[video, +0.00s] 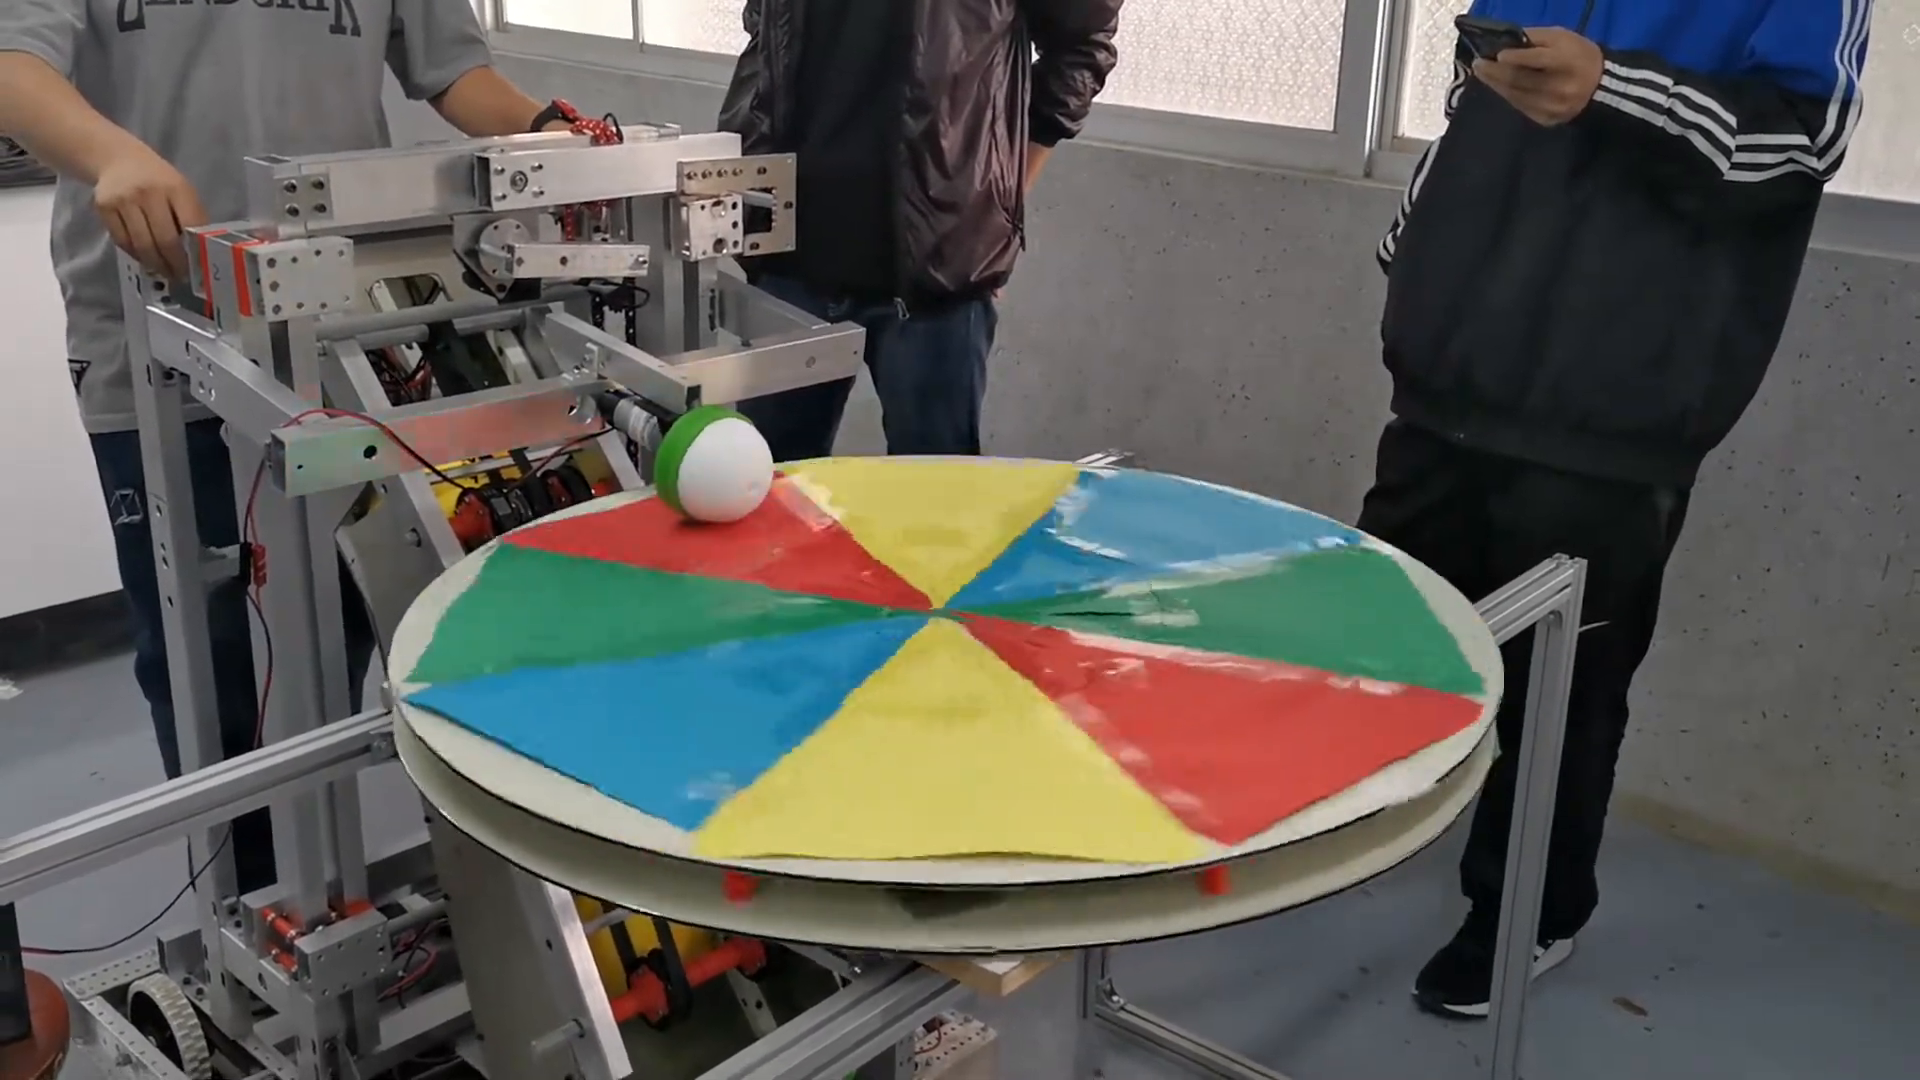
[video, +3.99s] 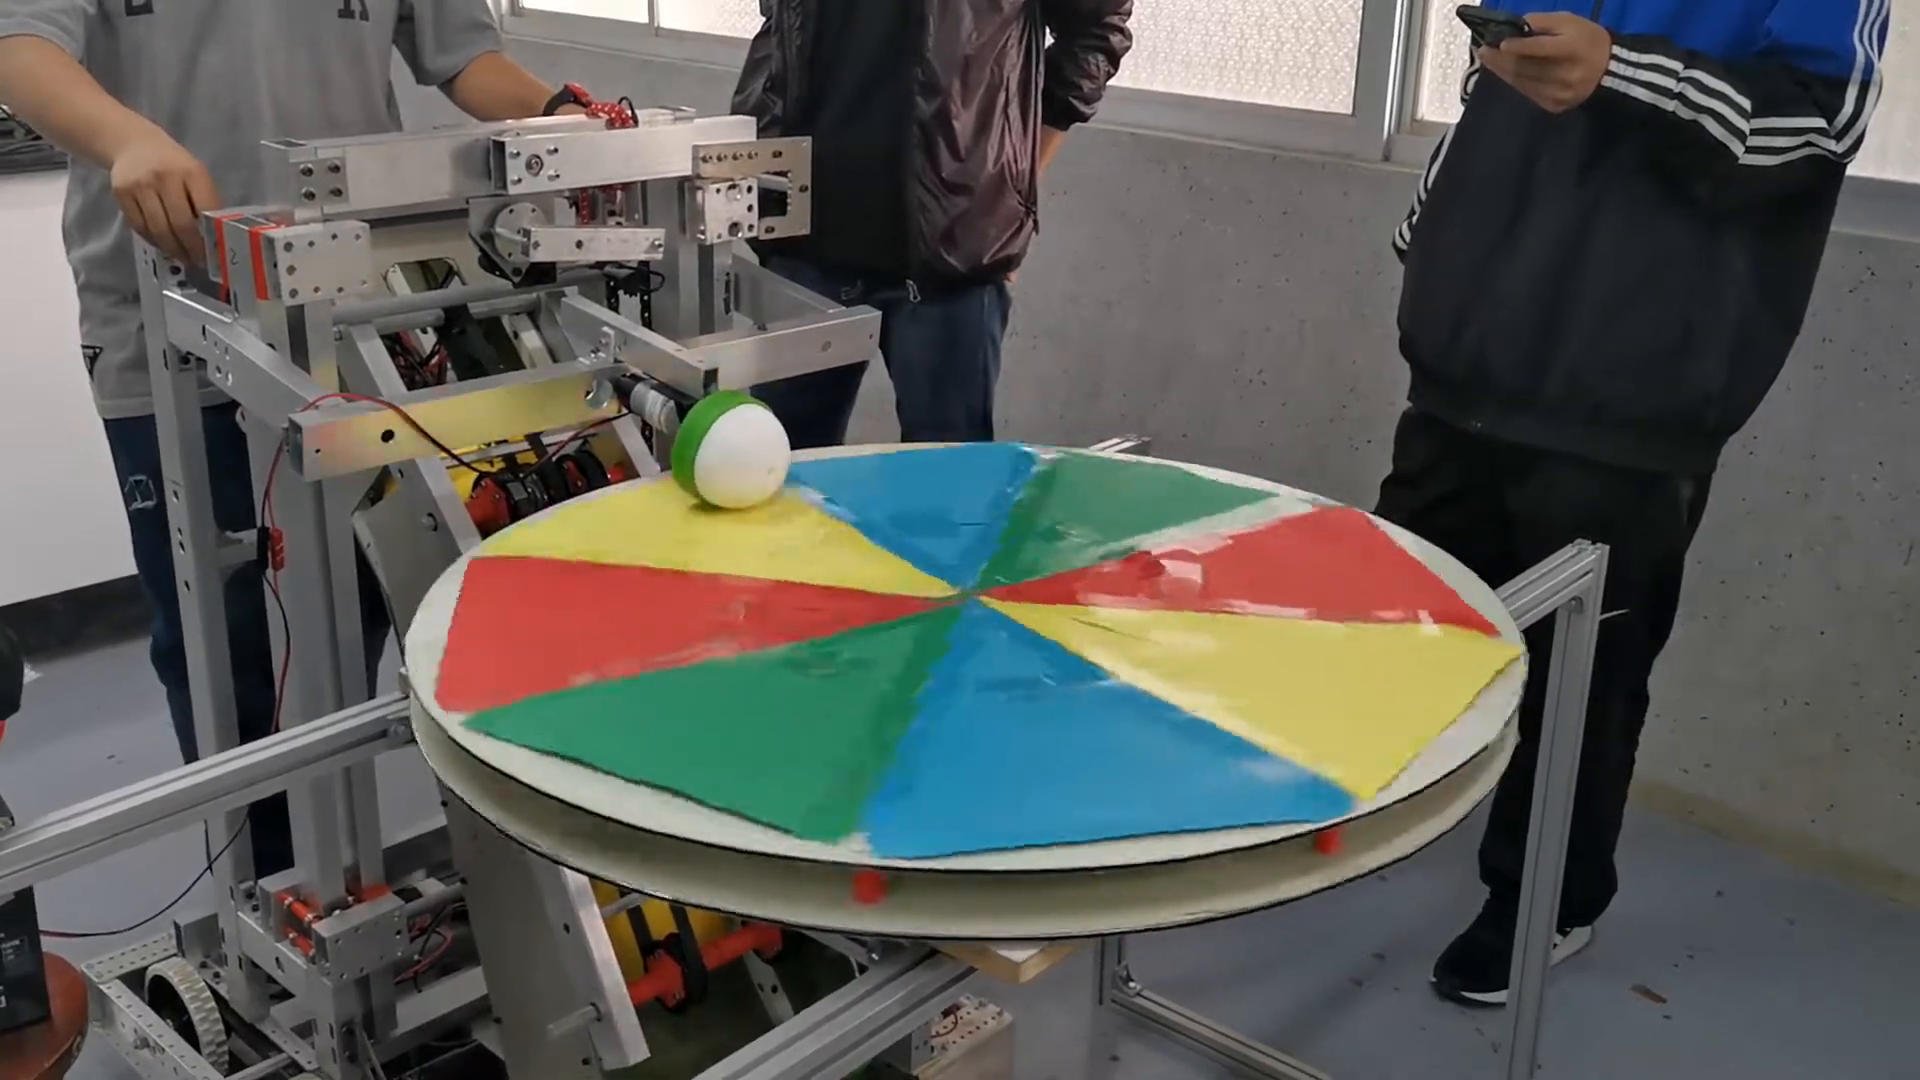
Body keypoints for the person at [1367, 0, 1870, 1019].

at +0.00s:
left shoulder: (1806, 8)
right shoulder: (1528, 6)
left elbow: (1801, 142)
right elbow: (1480, 100)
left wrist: (1605, 87)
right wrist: (1407, 247)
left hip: (1628, 379)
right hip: (1463, 335)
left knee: (1562, 673)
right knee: (1389, 618)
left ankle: (1522, 914)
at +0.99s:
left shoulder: (1818, 7)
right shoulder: (1536, 6)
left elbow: (1810, 140)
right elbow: (1487, 93)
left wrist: (1612, 85)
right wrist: (1413, 244)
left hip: (1636, 374)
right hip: (1472, 329)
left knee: (1569, 668)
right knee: (1396, 616)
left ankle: (1527, 908)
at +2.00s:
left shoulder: (1824, 6)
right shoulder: (1539, 5)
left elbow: (1814, 142)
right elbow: (1490, 100)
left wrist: (1613, 85)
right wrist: (1420, 245)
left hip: (1639, 375)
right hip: (1474, 329)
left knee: (1573, 667)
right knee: (1400, 613)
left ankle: (1531, 910)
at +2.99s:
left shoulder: (1813, 8)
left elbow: (1809, 128)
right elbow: (1490, 76)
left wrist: (1607, 74)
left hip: (1637, 369)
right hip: (1474, 324)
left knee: (1575, 663)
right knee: (1401, 610)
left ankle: (1534, 903)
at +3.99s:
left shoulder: (1827, 9)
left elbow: (1816, 126)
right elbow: (1497, 73)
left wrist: (1614, 70)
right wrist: (1423, 243)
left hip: (1647, 358)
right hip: (1482, 311)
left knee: (1582, 655)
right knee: (1413, 607)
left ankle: (1542, 899)